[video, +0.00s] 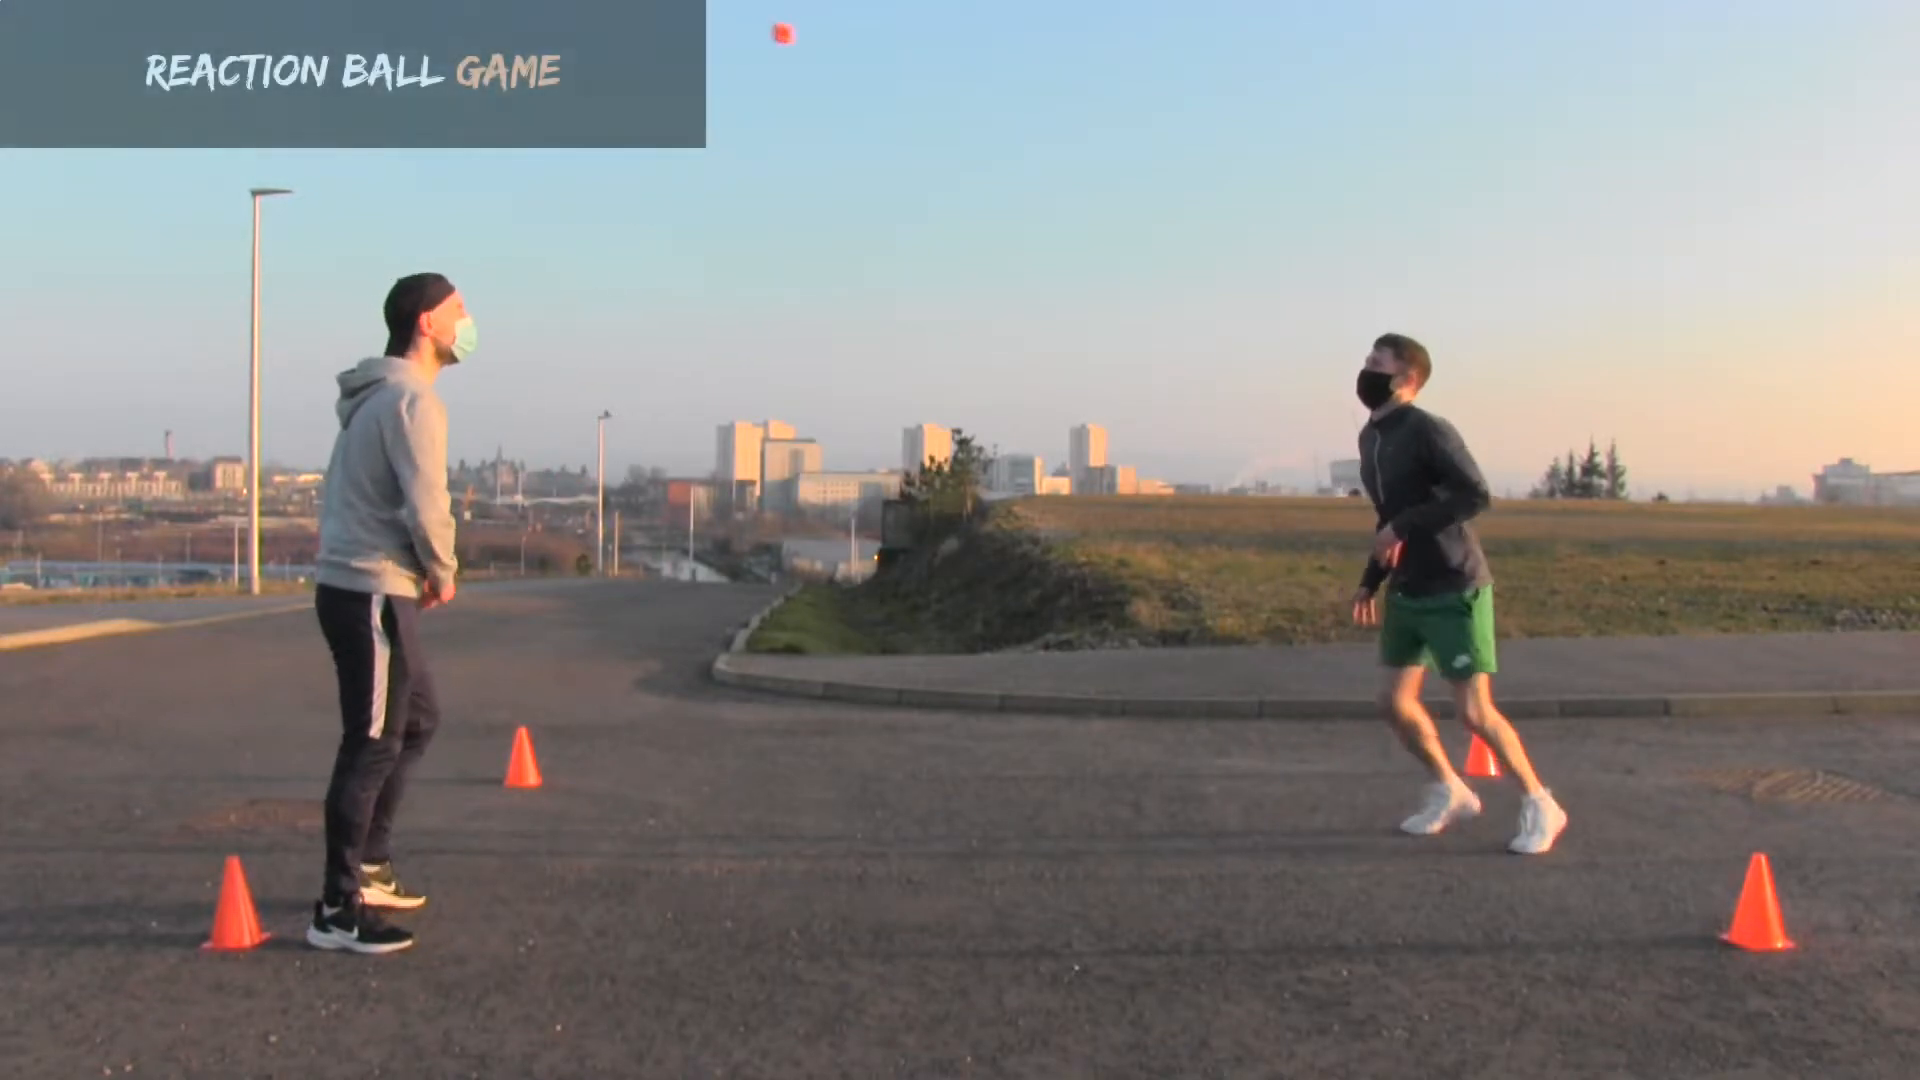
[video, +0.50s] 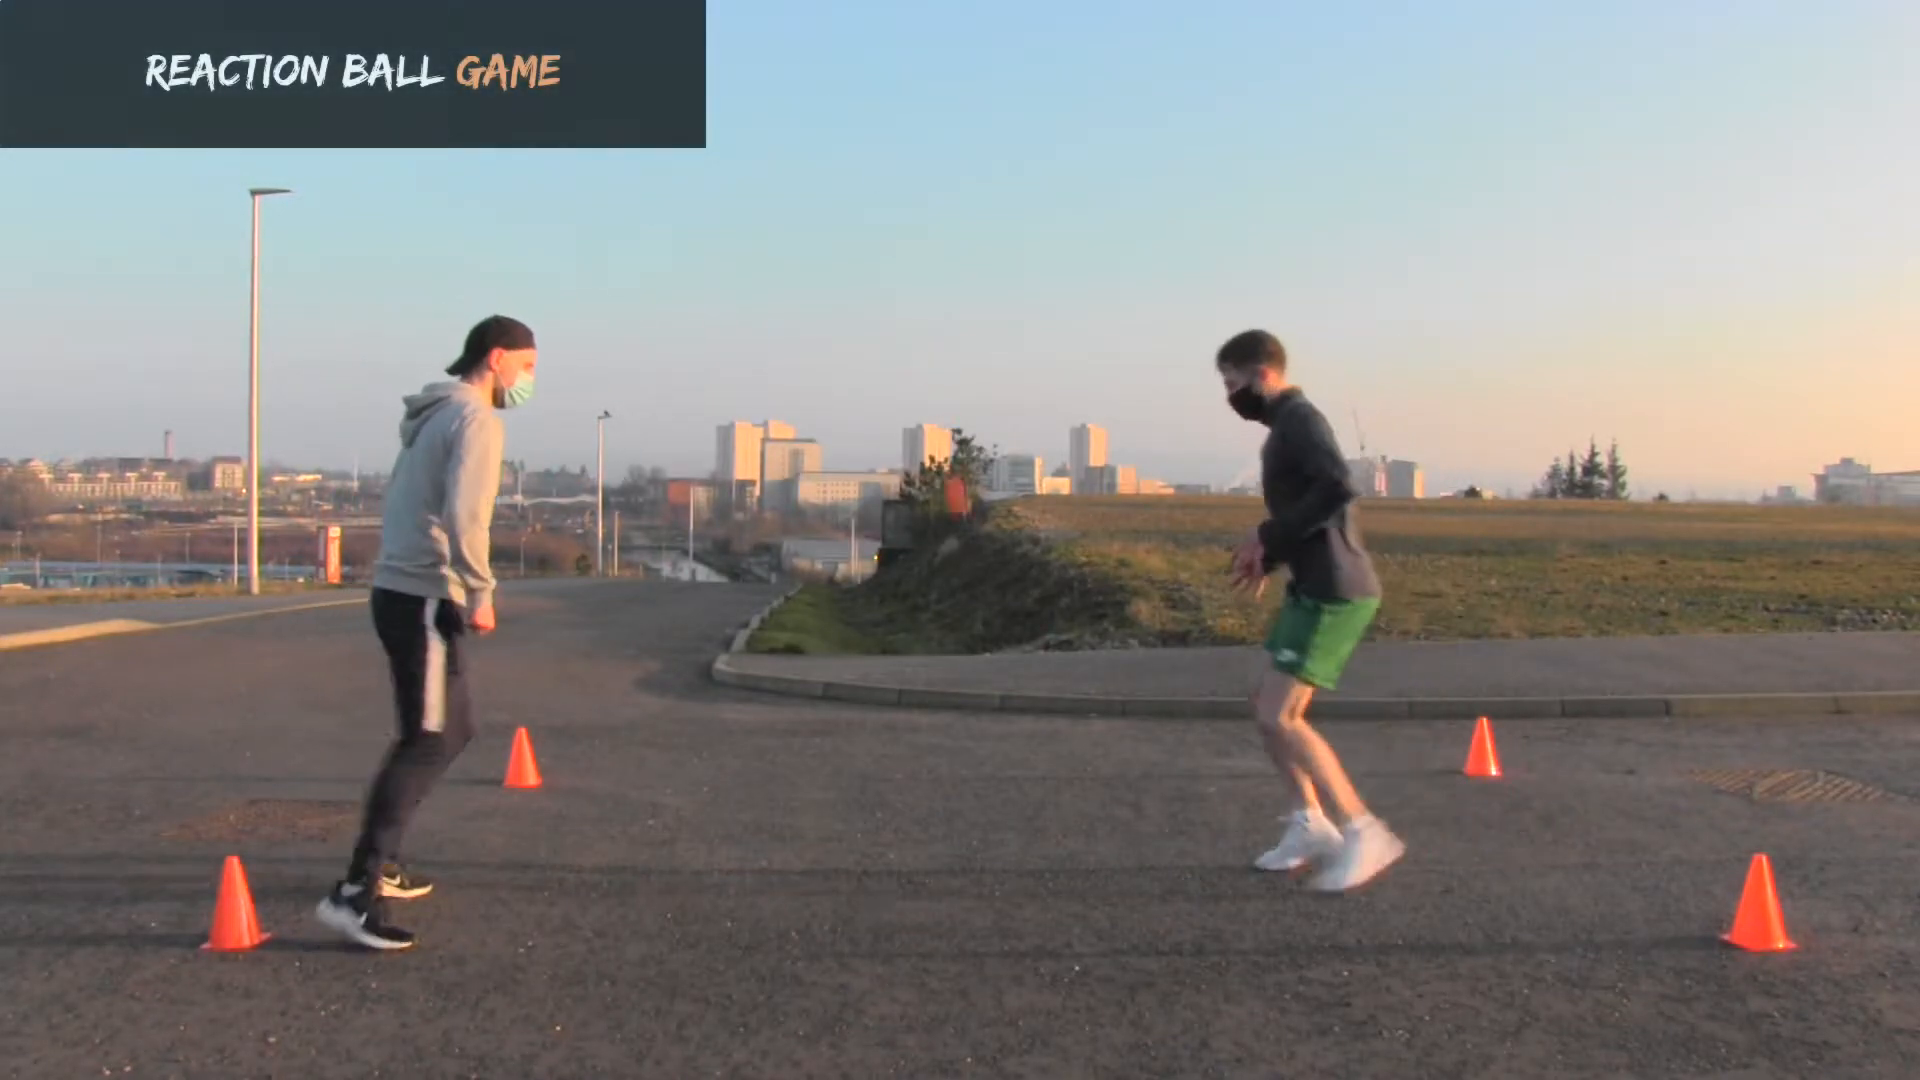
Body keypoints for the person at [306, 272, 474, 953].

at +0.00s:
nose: (468, 326)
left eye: (464, 313)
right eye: (459, 314)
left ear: (416, 325)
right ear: (427, 324)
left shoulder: (380, 393)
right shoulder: (414, 400)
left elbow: (388, 500)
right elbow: (426, 502)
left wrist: (427, 567)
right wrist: (443, 566)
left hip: (369, 588)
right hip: (367, 591)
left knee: (417, 721)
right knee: (372, 739)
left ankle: (366, 862)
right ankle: (337, 908)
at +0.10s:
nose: (478, 338)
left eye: (478, 326)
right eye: (471, 325)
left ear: (427, 326)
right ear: (438, 326)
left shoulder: (386, 394)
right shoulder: (420, 401)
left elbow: (383, 502)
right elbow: (430, 505)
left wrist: (423, 571)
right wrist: (448, 576)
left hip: (374, 588)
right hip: (373, 592)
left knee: (416, 724)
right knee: (372, 741)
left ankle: (396, 869)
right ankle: (338, 905)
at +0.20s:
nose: (487, 346)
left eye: (487, 334)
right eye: (481, 333)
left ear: (437, 331)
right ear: (448, 331)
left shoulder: (394, 396)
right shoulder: (429, 406)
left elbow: (386, 504)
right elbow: (432, 510)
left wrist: (422, 575)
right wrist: (455, 587)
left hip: (371, 590)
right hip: (381, 594)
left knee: (423, 721)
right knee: (370, 743)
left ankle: (406, 867)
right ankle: (337, 907)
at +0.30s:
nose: (501, 356)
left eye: (502, 344)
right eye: (497, 342)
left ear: (457, 336)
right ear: (464, 338)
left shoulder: (414, 399)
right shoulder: (444, 407)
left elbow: (405, 506)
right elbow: (444, 509)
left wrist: (437, 580)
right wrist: (469, 588)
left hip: (394, 591)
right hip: (389, 594)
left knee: (442, 718)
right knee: (376, 740)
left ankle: (390, 851)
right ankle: (337, 905)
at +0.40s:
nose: (513, 364)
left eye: (515, 353)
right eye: (510, 351)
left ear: (470, 344)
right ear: (477, 345)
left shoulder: (425, 402)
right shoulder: (458, 410)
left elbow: (393, 503)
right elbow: (454, 511)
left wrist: (440, 577)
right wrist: (480, 588)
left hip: (407, 590)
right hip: (399, 592)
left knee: (449, 721)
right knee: (381, 742)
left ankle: (382, 847)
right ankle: (339, 903)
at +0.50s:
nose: (530, 379)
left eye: (532, 367)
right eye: (527, 366)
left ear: (489, 358)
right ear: (496, 358)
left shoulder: (444, 411)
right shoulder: (478, 419)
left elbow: (425, 508)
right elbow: (464, 513)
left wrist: (455, 586)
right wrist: (481, 589)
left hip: (412, 591)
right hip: (419, 595)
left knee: (452, 727)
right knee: (426, 736)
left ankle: (378, 865)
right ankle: (356, 892)